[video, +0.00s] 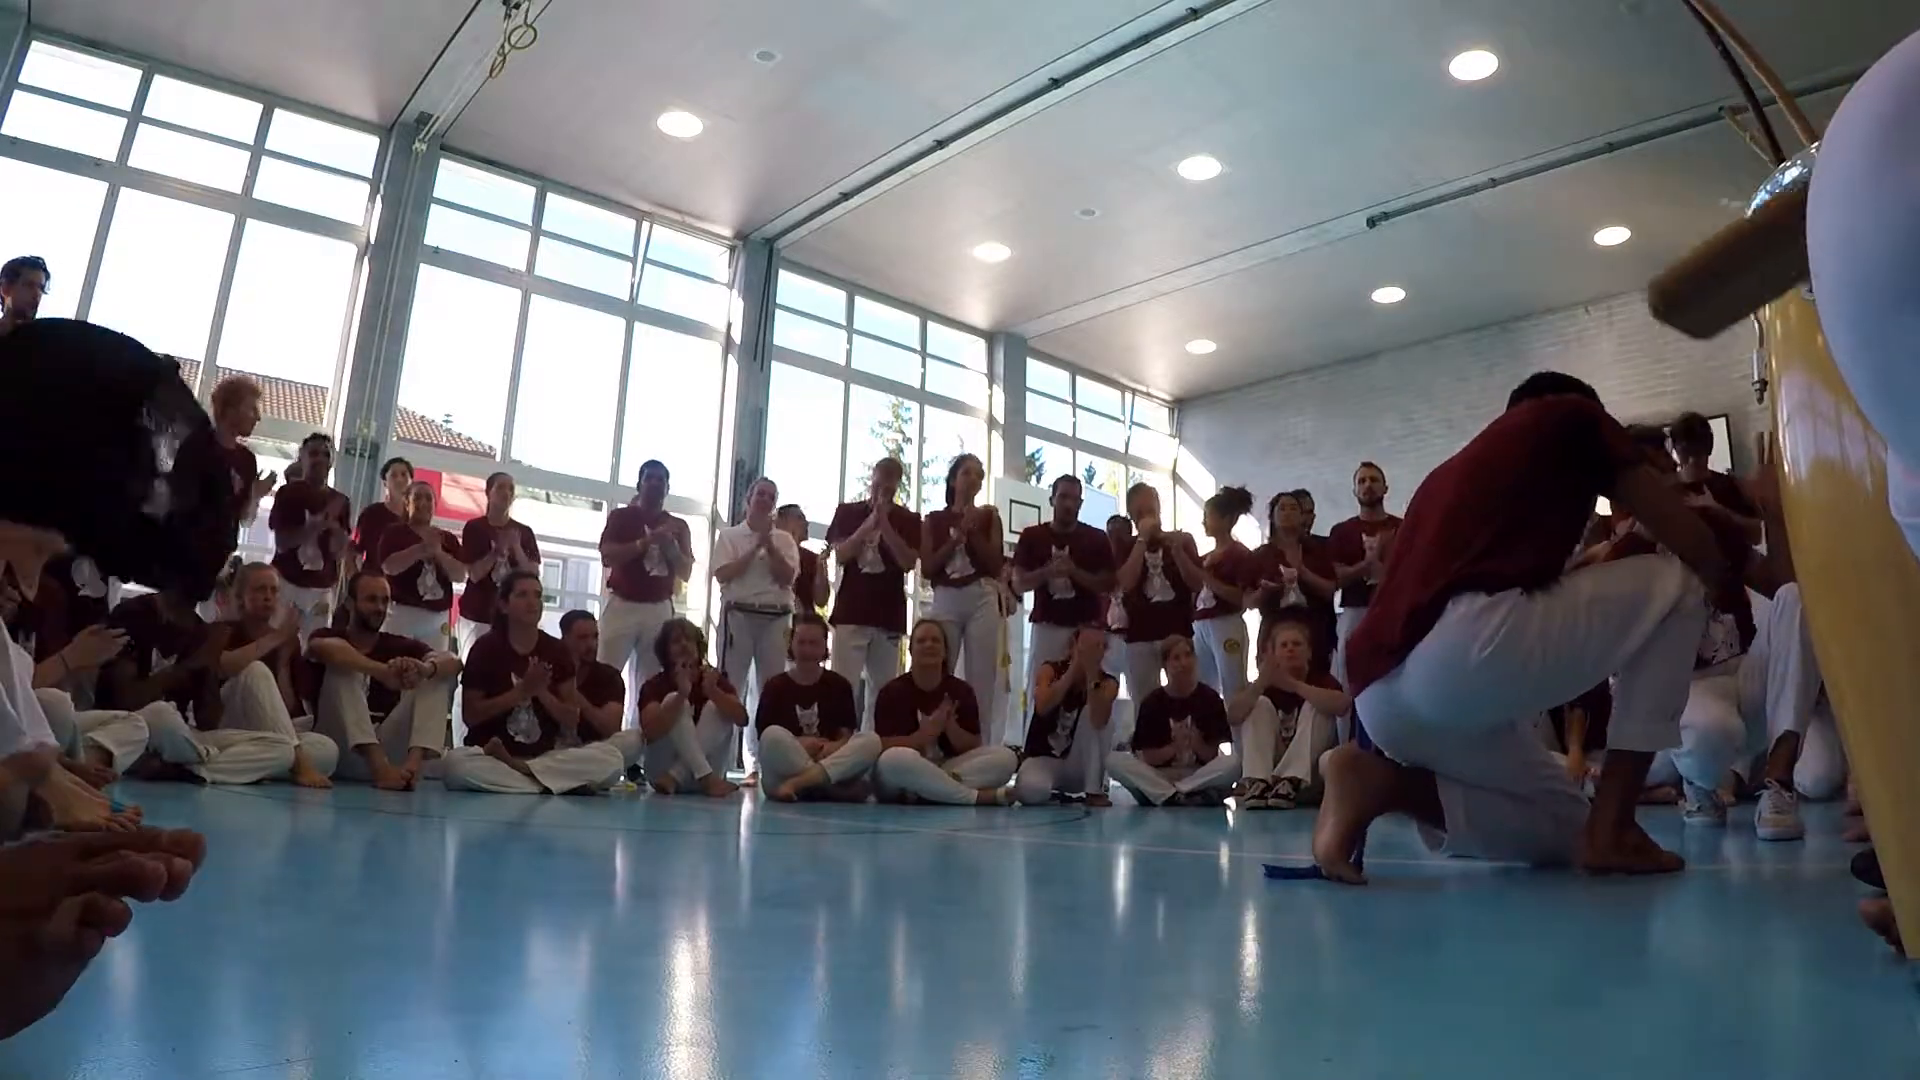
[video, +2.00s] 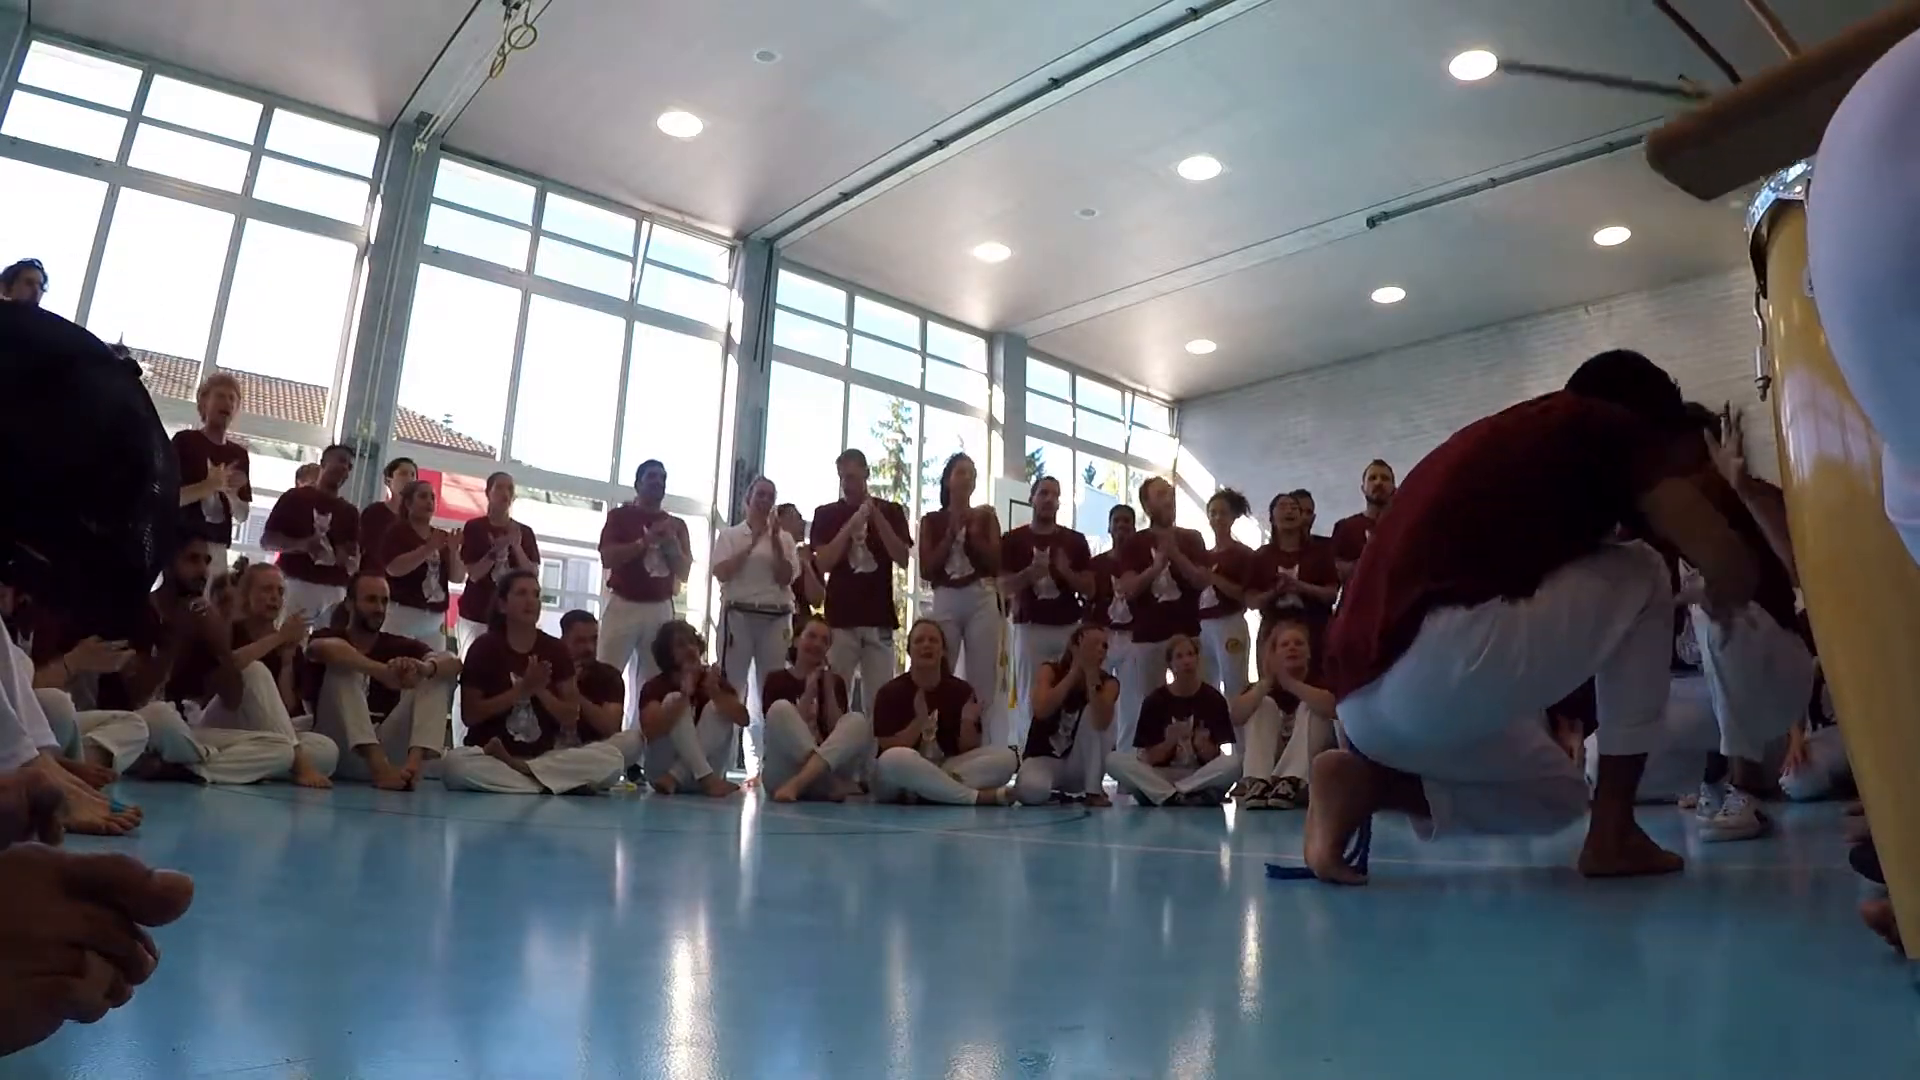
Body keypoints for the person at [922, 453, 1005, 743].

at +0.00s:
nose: (972, 478)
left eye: (978, 475)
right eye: (966, 472)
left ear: (982, 483)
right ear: (953, 478)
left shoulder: (989, 516)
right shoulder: (934, 519)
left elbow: (994, 565)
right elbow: (928, 568)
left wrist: (973, 532)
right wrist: (953, 540)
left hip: (982, 595)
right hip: (945, 594)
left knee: (982, 678)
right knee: (939, 674)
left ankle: (982, 751)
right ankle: (938, 748)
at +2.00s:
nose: (965, 477)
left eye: (970, 473)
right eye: (959, 472)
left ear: (975, 482)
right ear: (947, 479)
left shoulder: (986, 516)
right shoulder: (932, 521)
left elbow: (993, 565)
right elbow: (927, 569)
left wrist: (972, 537)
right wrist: (949, 535)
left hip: (982, 597)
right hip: (944, 597)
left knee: (982, 681)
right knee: (940, 677)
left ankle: (981, 751)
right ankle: (937, 751)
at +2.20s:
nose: (970, 479)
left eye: (975, 475)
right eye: (964, 473)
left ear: (980, 482)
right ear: (950, 479)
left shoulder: (988, 517)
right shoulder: (935, 520)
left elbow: (995, 564)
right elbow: (928, 570)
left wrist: (970, 533)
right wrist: (958, 537)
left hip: (984, 599)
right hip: (946, 599)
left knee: (982, 680)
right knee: (940, 677)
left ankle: (984, 753)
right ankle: (938, 751)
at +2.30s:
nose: (970, 479)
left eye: (975, 475)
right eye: (964, 473)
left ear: (980, 482)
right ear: (950, 479)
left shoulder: (989, 518)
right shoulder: (935, 520)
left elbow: (995, 564)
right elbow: (928, 570)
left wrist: (972, 535)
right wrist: (954, 542)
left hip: (984, 599)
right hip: (946, 599)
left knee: (982, 680)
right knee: (940, 677)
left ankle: (982, 753)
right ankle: (939, 752)